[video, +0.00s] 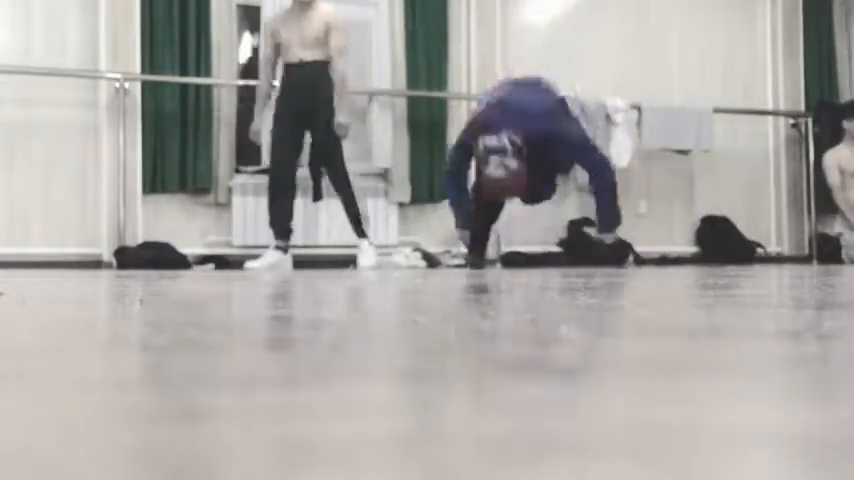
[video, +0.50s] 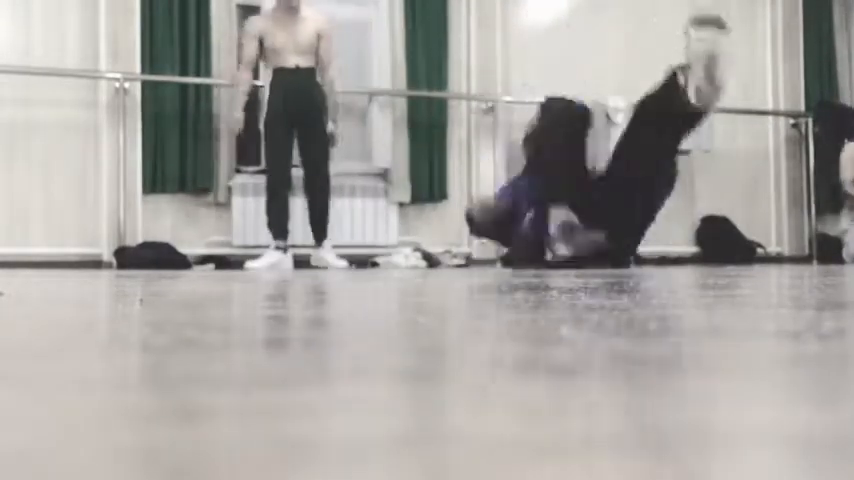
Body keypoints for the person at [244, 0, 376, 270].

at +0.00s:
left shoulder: (327, 17)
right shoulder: (275, 23)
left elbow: (339, 65)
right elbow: (266, 75)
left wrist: (343, 110)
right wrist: (258, 117)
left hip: (319, 82)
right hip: (290, 84)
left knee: (334, 164)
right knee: (280, 167)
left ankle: (363, 241)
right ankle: (280, 248)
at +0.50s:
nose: (292, 1)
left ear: (300, 0)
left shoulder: (318, 23)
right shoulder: (258, 24)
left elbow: (328, 71)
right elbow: (246, 69)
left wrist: (333, 118)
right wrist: (239, 112)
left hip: (311, 89)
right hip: (278, 89)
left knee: (317, 172)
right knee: (277, 173)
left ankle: (321, 247)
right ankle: (279, 248)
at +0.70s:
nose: (307, 3)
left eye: (309, 0)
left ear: (314, 2)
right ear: (291, 1)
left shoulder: (327, 31)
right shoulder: (271, 30)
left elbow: (335, 77)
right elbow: (266, 78)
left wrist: (337, 120)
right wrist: (274, 116)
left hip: (319, 94)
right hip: (285, 94)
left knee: (317, 177)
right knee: (277, 176)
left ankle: (318, 249)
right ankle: (279, 249)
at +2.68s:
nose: (332, 5)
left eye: (334, 2)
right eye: (327, 1)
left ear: (332, 7)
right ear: (312, 1)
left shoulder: (337, 41)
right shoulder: (286, 29)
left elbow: (344, 84)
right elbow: (279, 76)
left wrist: (344, 127)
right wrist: (283, 120)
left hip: (329, 100)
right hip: (300, 97)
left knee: (325, 179)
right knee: (289, 177)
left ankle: (319, 251)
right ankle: (268, 249)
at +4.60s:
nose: (328, 5)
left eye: (331, 2)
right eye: (324, 0)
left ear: (331, 6)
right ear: (309, 1)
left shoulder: (336, 39)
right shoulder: (285, 31)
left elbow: (343, 84)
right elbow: (277, 78)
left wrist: (345, 128)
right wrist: (283, 120)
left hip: (328, 100)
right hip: (299, 97)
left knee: (325, 180)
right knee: (288, 177)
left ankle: (319, 250)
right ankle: (268, 248)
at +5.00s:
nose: (329, 5)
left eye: (332, 2)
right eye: (324, 0)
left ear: (332, 6)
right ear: (310, 1)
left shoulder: (335, 38)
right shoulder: (284, 30)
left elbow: (352, 78)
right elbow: (264, 72)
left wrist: (339, 88)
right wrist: (292, 86)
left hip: (328, 107)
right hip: (299, 106)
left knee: (324, 180)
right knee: (288, 178)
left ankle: (319, 251)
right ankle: (269, 250)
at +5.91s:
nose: (329, 5)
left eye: (331, 2)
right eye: (324, 0)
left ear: (332, 6)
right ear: (309, 2)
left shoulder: (335, 36)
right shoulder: (284, 29)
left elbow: (354, 79)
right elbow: (259, 67)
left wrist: (338, 81)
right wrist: (292, 74)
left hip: (327, 108)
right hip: (296, 106)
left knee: (324, 181)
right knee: (287, 179)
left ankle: (318, 251)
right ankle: (269, 250)